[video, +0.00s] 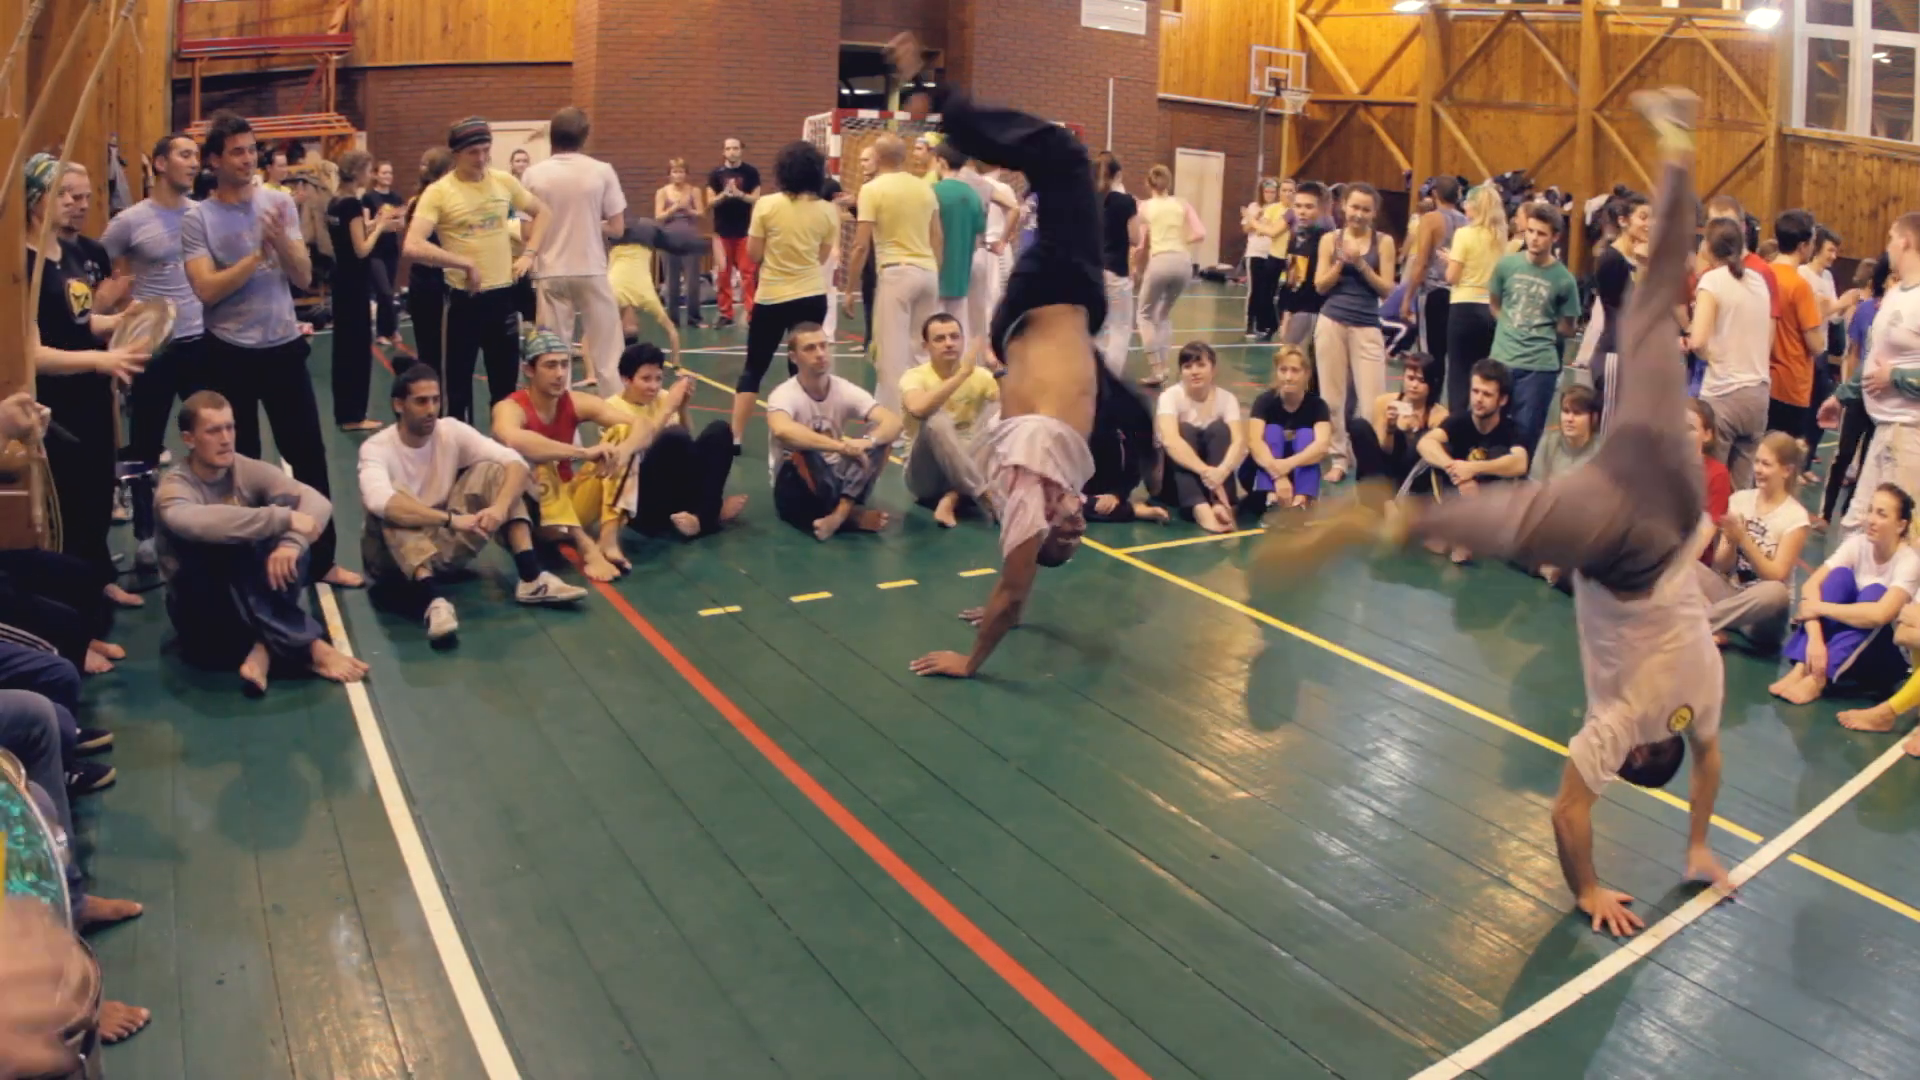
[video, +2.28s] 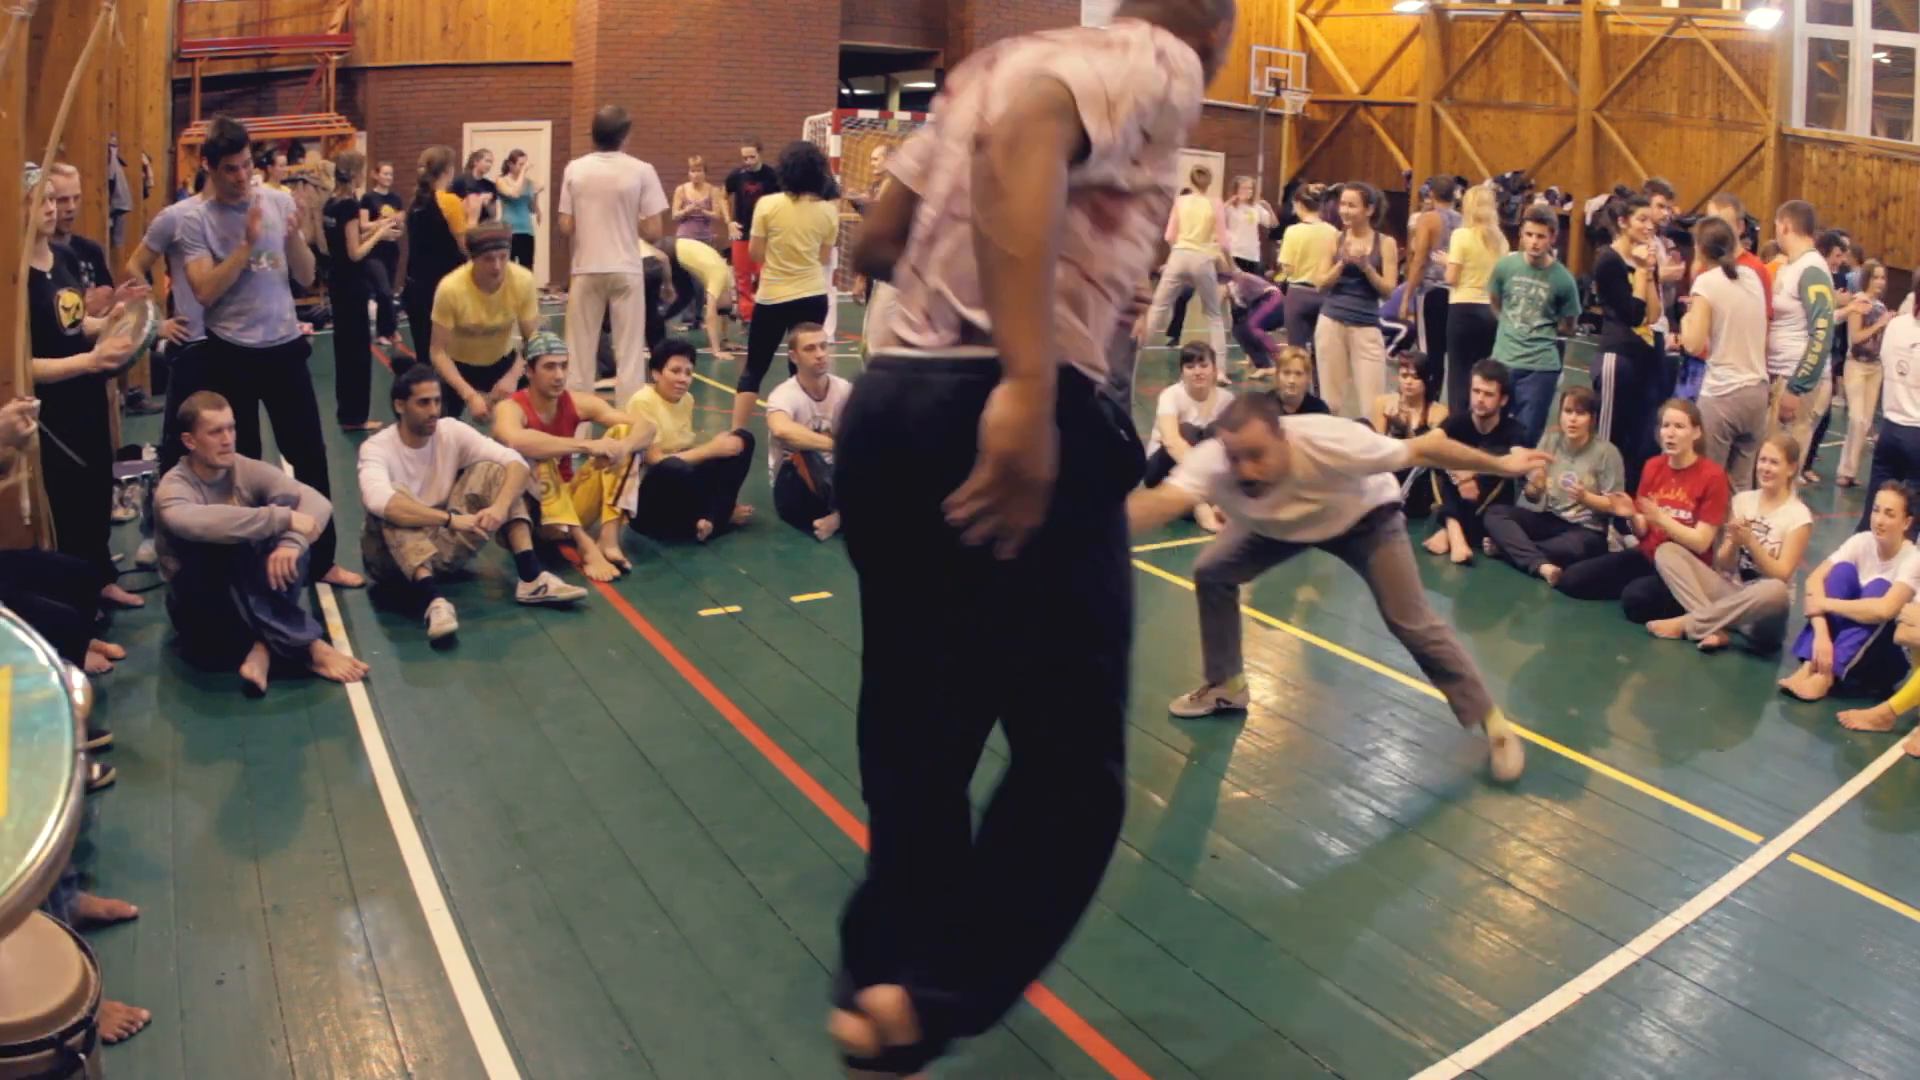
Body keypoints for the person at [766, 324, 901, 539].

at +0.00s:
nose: (820, 354)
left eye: (823, 346)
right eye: (810, 349)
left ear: (829, 349)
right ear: (793, 356)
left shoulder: (842, 389)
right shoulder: (784, 394)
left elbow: (893, 422)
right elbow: (782, 430)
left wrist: (869, 441)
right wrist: (840, 446)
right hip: (797, 496)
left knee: (881, 440)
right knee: (803, 454)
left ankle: (839, 514)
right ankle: (850, 513)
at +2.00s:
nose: (820, 354)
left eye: (823, 347)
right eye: (810, 348)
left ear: (828, 349)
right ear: (793, 355)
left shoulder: (842, 389)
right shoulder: (784, 394)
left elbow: (893, 422)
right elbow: (781, 431)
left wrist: (870, 440)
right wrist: (841, 446)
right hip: (797, 500)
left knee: (878, 430)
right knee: (804, 452)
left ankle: (840, 512)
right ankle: (852, 511)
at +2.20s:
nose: (820, 355)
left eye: (823, 347)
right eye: (810, 349)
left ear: (829, 349)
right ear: (793, 355)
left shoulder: (841, 389)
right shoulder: (784, 394)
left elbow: (889, 419)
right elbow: (781, 431)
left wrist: (870, 441)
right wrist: (840, 446)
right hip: (797, 496)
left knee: (876, 437)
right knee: (803, 456)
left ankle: (840, 513)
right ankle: (852, 512)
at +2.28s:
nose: (820, 355)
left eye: (823, 347)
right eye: (810, 349)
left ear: (829, 349)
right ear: (793, 356)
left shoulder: (846, 390)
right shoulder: (783, 394)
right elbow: (780, 430)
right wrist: (836, 445)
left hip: (841, 489)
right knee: (805, 457)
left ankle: (839, 515)